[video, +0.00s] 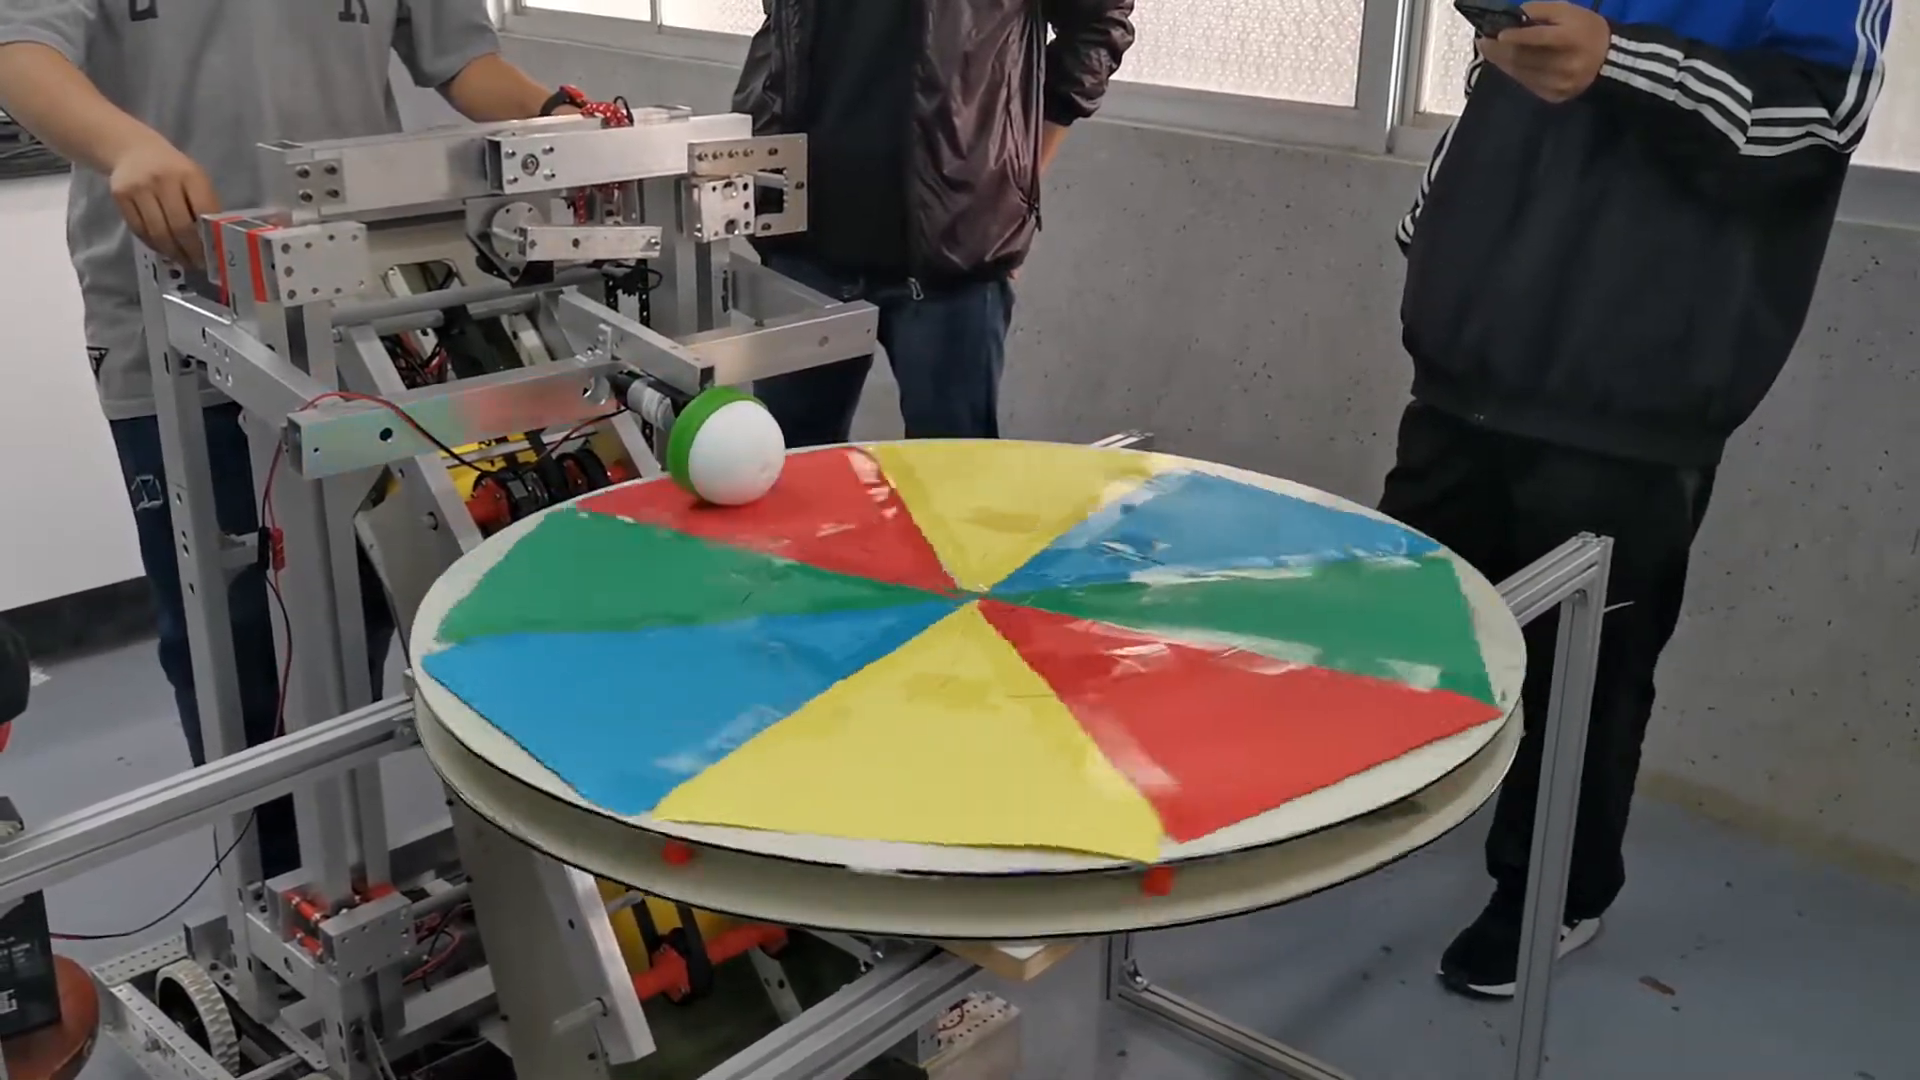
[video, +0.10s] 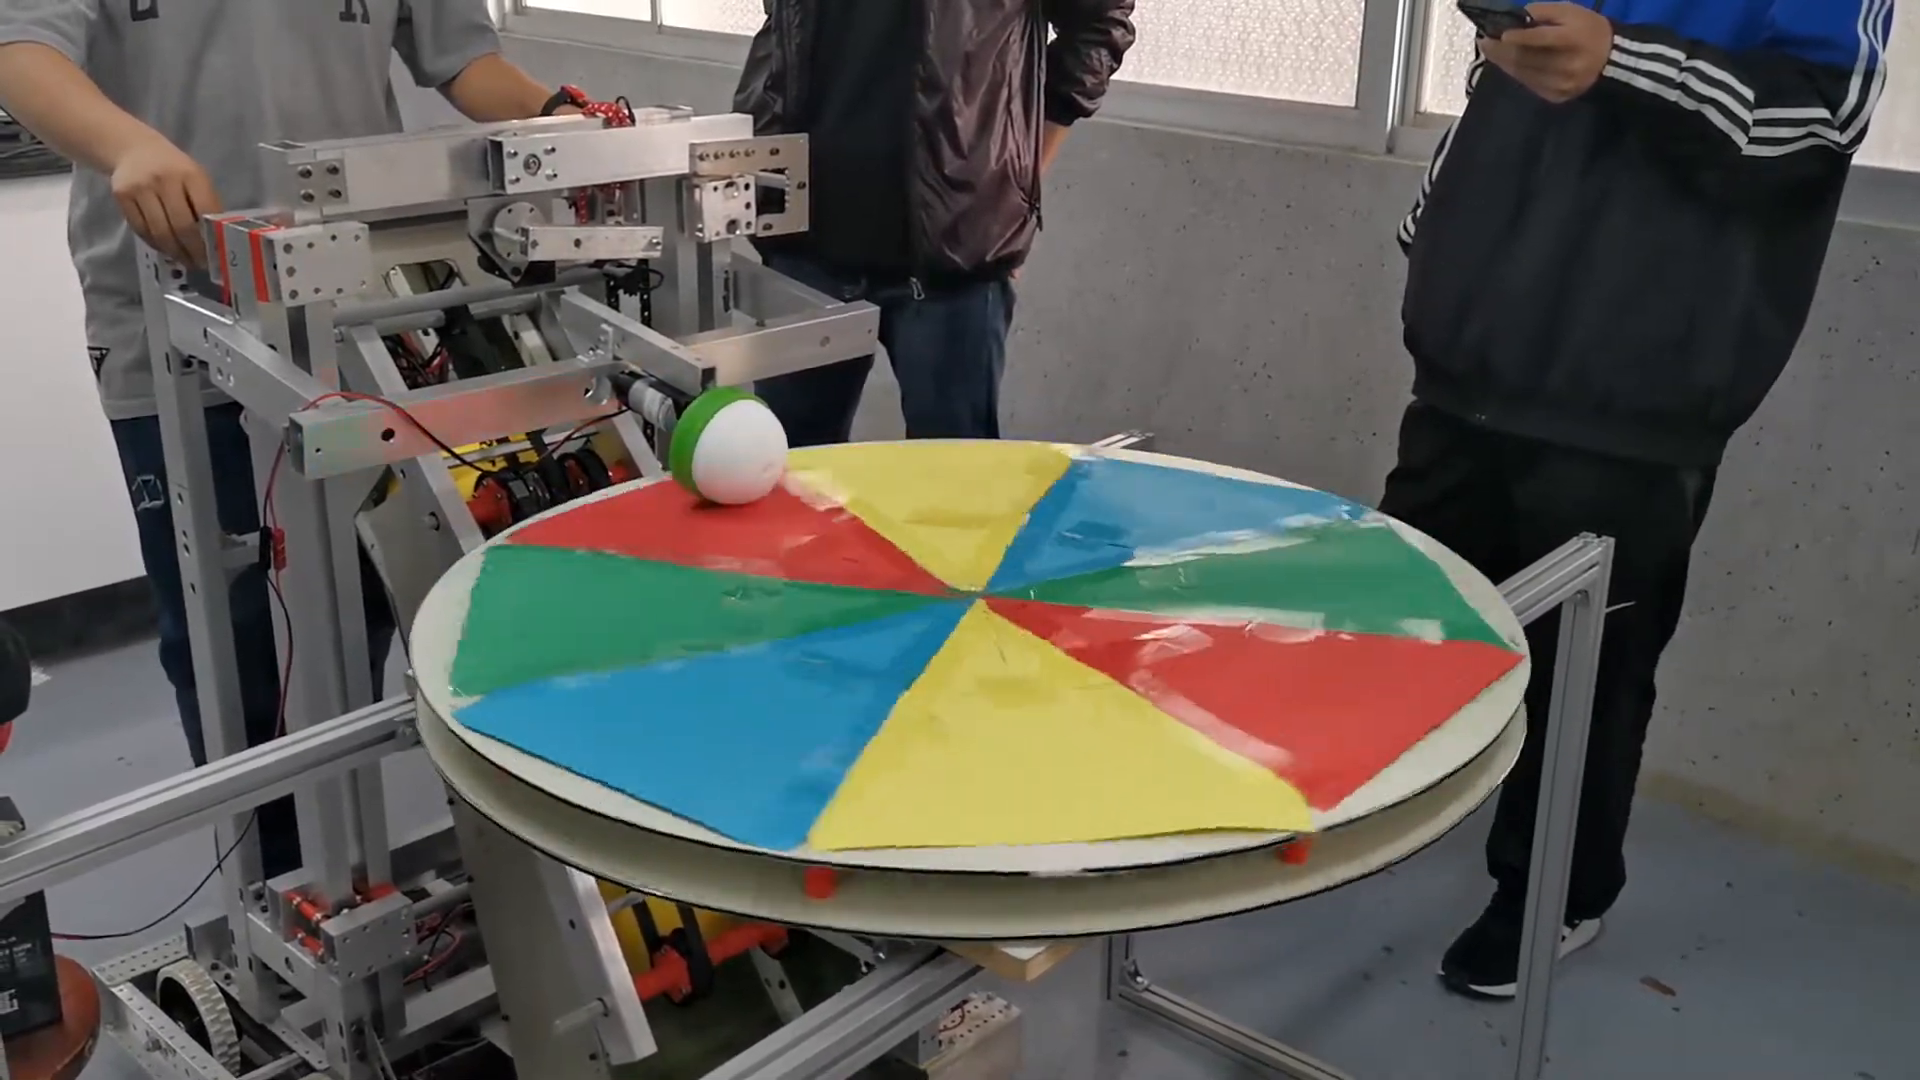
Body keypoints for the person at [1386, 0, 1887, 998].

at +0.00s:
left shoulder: (1826, 8)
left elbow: (1813, 124)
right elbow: (1506, 75)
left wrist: (1613, 57)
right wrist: (1424, 242)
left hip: (1649, 356)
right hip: (1484, 309)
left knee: (1587, 652)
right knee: (1413, 598)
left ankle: (1552, 890)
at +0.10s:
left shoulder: (1826, 9)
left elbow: (1817, 122)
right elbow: (1506, 52)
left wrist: (1615, 57)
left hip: (1651, 354)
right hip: (1488, 306)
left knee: (1587, 650)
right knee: (1411, 596)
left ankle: (1554, 890)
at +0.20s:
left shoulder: (1830, 8)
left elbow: (1818, 121)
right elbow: (1507, 50)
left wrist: (1617, 57)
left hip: (1653, 350)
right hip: (1489, 303)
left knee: (1589, 649)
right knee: (1415, 597)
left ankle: (1555, 890)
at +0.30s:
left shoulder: (1830, 9)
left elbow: (1821, 120)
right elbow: (1509, 36)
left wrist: (1618, 56)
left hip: (1655, 352)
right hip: (1489, 304)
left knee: (1590, 650)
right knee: (1415, 596)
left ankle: (1555, 891)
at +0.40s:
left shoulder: (1834, 9)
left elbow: (1819, 122)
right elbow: (1510, 42)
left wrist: (1620, 56)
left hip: (1657, 352)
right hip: (1491, 304)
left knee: (1593, 649)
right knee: (1414, 599)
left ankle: (1557, 891)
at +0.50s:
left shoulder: (1834, 10)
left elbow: (1825, 120)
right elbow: (1511, 49)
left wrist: (1622, 55)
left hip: (1656, 352)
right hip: (1491, 304)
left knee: (1593, 649)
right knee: (1416, 600)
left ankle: (1556, 891)